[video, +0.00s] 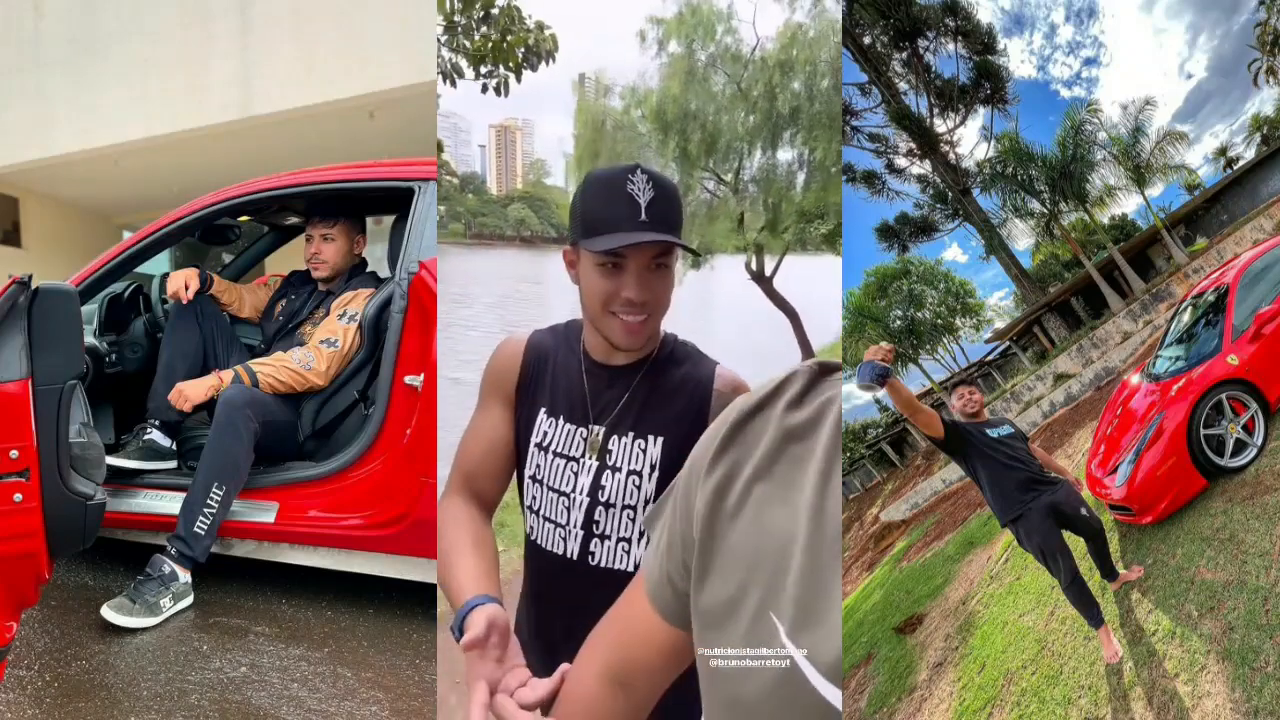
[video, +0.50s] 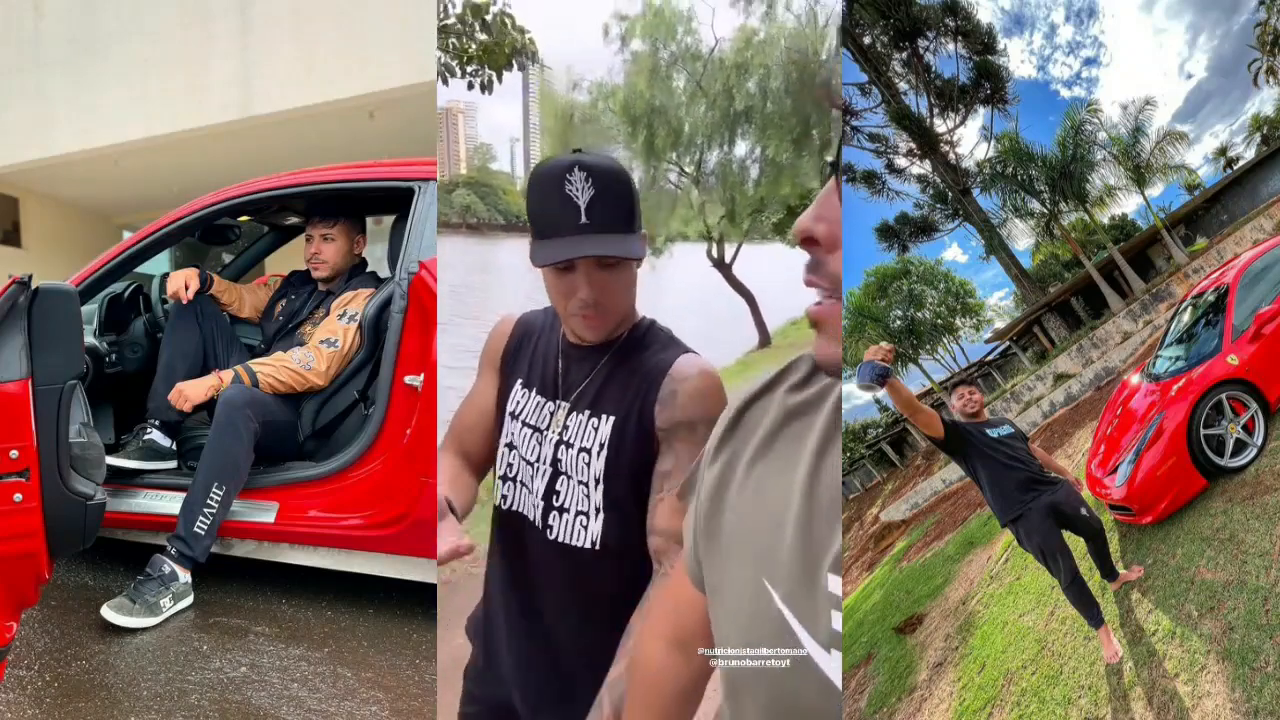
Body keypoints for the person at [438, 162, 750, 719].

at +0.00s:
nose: (635, 292)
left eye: (658, 265)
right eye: (611, 264)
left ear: (676, 267)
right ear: (572, 264)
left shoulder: (718, 401)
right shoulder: (522, 366)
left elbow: (723, 583)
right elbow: (468, 499)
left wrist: (593, 678)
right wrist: (480, 605)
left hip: (659, 698)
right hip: (536, 683)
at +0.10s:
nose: (636, 284)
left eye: (660, 257)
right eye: (612, 256)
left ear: (679, 261)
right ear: (573, 258)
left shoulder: (720, 402)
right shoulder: (525, 361)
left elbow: (728, 582)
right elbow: (470, 496)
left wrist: (587, 684)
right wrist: (475, 601)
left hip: (656, 700)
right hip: (535, 683)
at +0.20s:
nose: (627, 269)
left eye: (652, 243)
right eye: (605, 242)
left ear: (678, 242)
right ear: (570, 237)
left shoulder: (717, 379)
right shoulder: (528, 332)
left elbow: (737, 550)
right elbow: (469, 462)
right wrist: (478, 555)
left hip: (639, 684)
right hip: (530, 667)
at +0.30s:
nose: (613, 269)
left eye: (637, 243)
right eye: (591, 244)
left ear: (668, 233)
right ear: (561, 232)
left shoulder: (712, 367)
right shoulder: (533, 320)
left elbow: (732, 545)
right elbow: (475, 442)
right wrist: (482, 517)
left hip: (629, 667)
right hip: (519, 642)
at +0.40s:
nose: (599, 290)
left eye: (620, 264)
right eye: (577, 267)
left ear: (652, 258)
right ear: (552, 264)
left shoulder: (697, 382)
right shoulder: (526, 339)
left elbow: (704, 568)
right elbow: (474, 455)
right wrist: (465, 521)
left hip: (617, 690)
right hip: (507, 664)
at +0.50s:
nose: (585, 289)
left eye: (608, 264)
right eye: (564, 266)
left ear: (640, 257)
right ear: (539, 264)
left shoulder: (682, 386)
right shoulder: (515, 342)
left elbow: (677, 561)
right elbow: (462, 454)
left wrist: (615, 706)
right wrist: (444, 512)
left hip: (604, 690)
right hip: (500, 670)